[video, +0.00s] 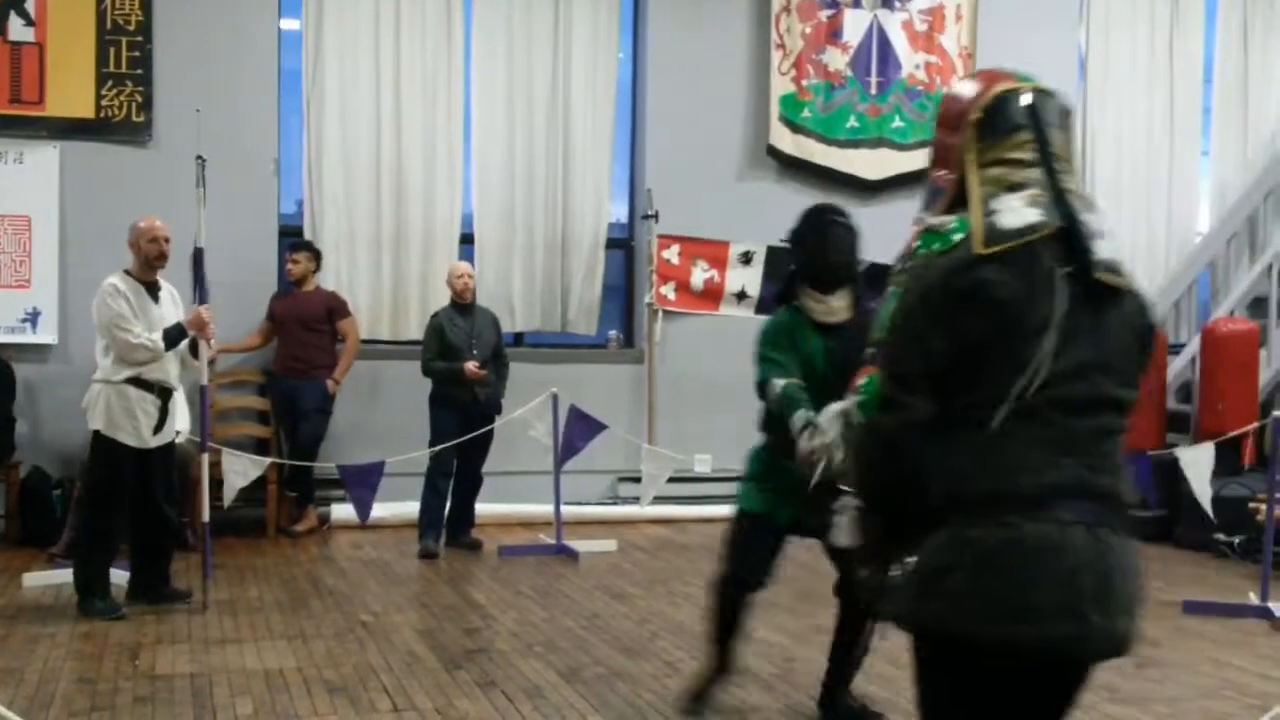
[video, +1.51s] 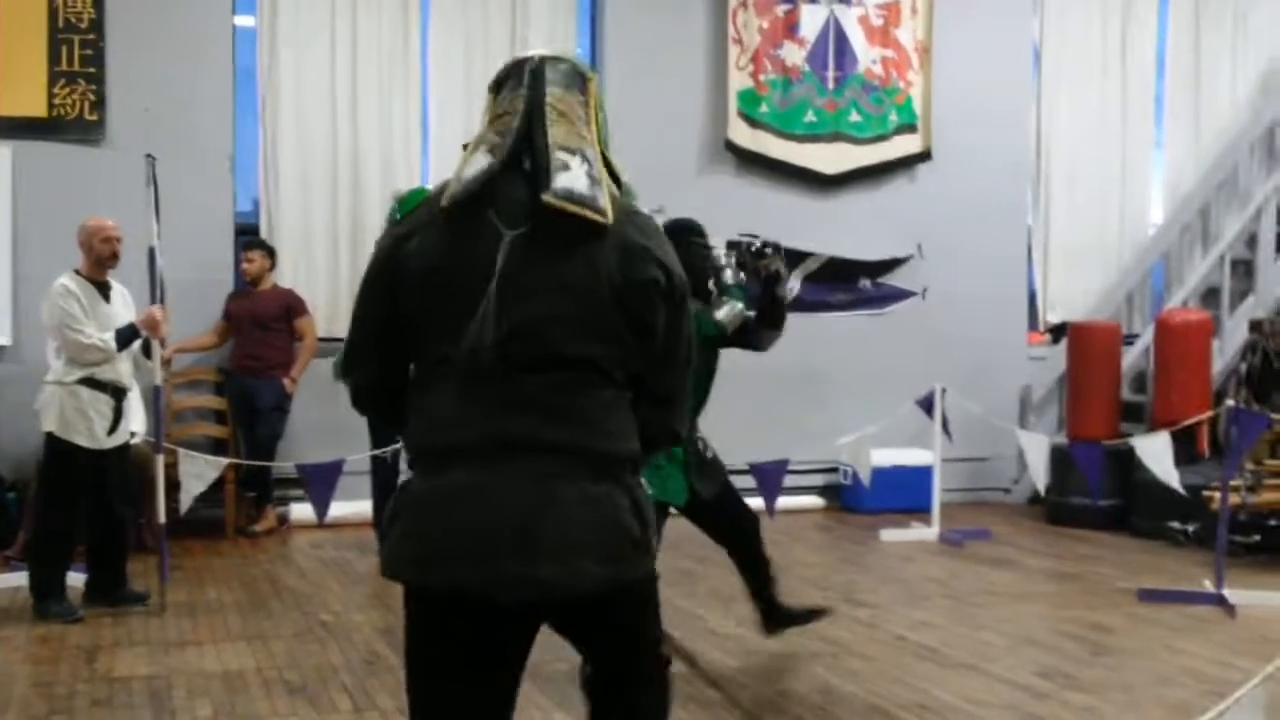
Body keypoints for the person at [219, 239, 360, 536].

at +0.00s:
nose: (289, 266)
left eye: (296, 262)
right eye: (288, 262)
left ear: (314, 266)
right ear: (288, 265)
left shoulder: (330, 301)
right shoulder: (280, 301)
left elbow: (352, 339)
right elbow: (260, 338)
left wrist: (336, 379)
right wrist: (222, 348)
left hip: (316, 384)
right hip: (282, 383)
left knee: (305, 448)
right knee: (292, 448)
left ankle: (304, 510)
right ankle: (305, 510)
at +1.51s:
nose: (245, 266)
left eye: (251, 261)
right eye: (243, 261)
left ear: (269, 263)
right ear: (242, 265)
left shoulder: (287, 299)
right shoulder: (236, 299)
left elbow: (310, 339)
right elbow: (217, 337)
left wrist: (293, 377)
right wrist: (176, 348)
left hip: (273, 382)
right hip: (239, 380)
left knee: (263, 446)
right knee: (248, 446)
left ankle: (265, 510)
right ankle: (263, 510)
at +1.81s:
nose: (191, 267)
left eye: (197, 262)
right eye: (189, 262)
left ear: (216, 265)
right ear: (188, 266)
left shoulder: (234, 300)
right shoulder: (184, 300)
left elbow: (257, 340)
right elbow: (163, 338)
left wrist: (240, 379)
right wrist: (122, 350)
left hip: (219, 383)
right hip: (185, 381)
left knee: (209, 447)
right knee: (191, 448)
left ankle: (211, 512)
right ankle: (199, 511)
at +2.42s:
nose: (92, 268)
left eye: (99, 263)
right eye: (91, 263)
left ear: (117, 265)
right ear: (90, 266)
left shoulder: (135, 302)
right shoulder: (84, 302)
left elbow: (161, 343)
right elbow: (62, 342)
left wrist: (143, 383)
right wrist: (20, 354)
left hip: (121, 387)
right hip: (86, 385)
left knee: (110, 453)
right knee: (93, 452)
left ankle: (114, 519)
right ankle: (108, 518)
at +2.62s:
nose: (58, 267)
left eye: (65, 262)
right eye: (56, 263)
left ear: (84, 265)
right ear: (54, 266)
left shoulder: (103, 302)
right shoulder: (50, 302)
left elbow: (127, 342)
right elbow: (31, 340)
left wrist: (108, 383)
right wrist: (2, 351)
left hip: (86, 388)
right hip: (51, 386)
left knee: (75, 453)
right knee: (58, 454)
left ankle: (79, 520)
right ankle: (67, 519)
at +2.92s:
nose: (2, 263)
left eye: (8, 258)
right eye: (1, 258)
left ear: (26, 260)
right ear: (3, 261)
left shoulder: (43, 298)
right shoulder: (6, 295)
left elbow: (70, 338)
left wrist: (50, 380)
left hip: (27, 384)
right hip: (7, 383)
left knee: (16, 455)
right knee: (9, 454)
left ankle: (18, 519)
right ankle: (19, 519)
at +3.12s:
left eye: (1, 254)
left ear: (8, 258)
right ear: (6, 259)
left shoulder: (22, 295)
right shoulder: (19, 296)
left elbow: (49, 336)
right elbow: (48, 336)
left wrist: (30, 378)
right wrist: (29, 377)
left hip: (11, 384)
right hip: (8, 384)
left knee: (4, 455)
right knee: (4, 455)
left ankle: (10, 515)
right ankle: (11, 514)